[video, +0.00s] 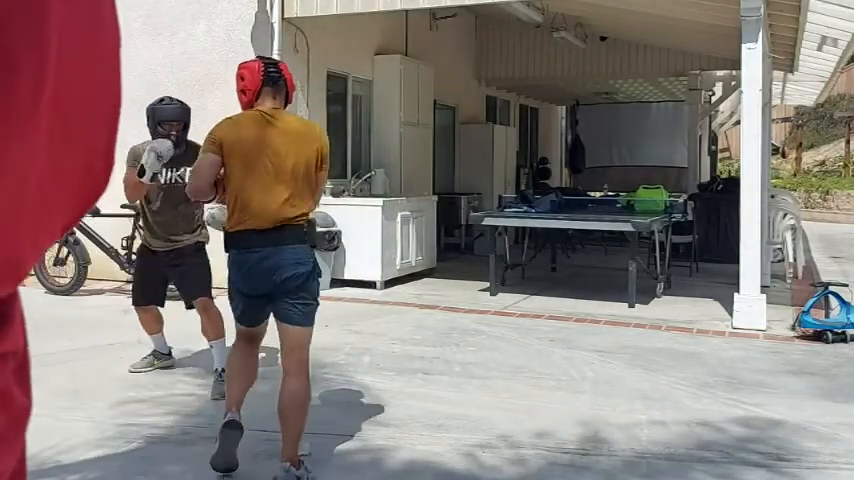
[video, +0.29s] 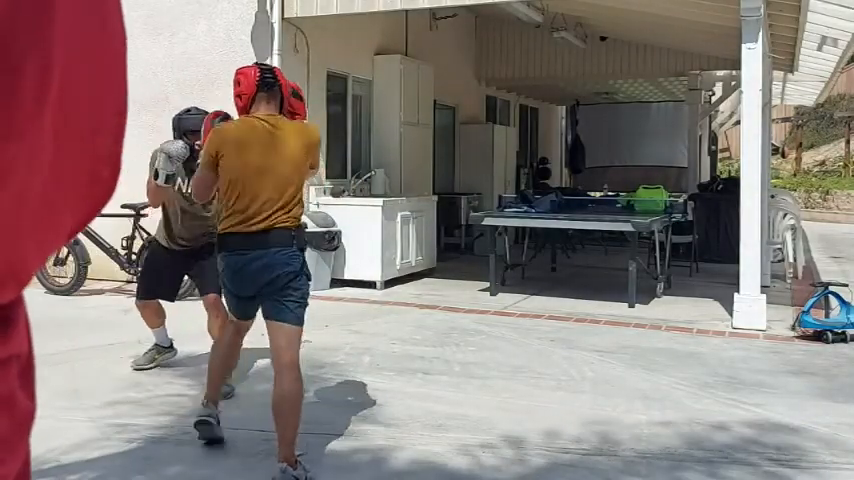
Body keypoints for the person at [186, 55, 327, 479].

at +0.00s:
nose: (286, 98)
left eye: (244, 91)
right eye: (289, 92)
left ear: (246, 90)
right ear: (288, 92)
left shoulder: (226, 130)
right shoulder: (313, 134)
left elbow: (198, 191)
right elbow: (315, 193)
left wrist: (227, 189)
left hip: (245, 255)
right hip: (296, 252)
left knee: (247, 340)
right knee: (295, 364)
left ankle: (232, 414)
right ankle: (291, 462)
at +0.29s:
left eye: (241, 95)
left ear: (242, 96)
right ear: (284, 98)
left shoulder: (222, 134)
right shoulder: (307, 134)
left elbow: (199, 193)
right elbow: (307, 173)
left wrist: (212, 151)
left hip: (236, 255)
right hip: (283, 254)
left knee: (235, 326)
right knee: (286, 363)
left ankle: (209, 406)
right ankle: (288, 461)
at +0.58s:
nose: (253, 127)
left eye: (248, 122)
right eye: (252, 121)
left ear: (214, 120)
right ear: (248, 121)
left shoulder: (190, 147)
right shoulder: (257, 154)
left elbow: (162, 158)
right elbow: (276, 215)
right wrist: (276, 179)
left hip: (197, 262)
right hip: (241, 263)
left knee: (202, 327)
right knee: (286, 347)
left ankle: (171, 390)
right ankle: (278, 439)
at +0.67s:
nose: (237, 134)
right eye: (236, 128)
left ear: (198, 127)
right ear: (233, 129)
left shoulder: (174, 156)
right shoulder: (243, 161)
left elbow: (143, 195)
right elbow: (271, 215)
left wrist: (156, 164)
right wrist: (268, 195)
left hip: (187, 271)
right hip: (231, 269)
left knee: (192, 330)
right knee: (275, 345)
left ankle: (159, 396)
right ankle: (278, 427)